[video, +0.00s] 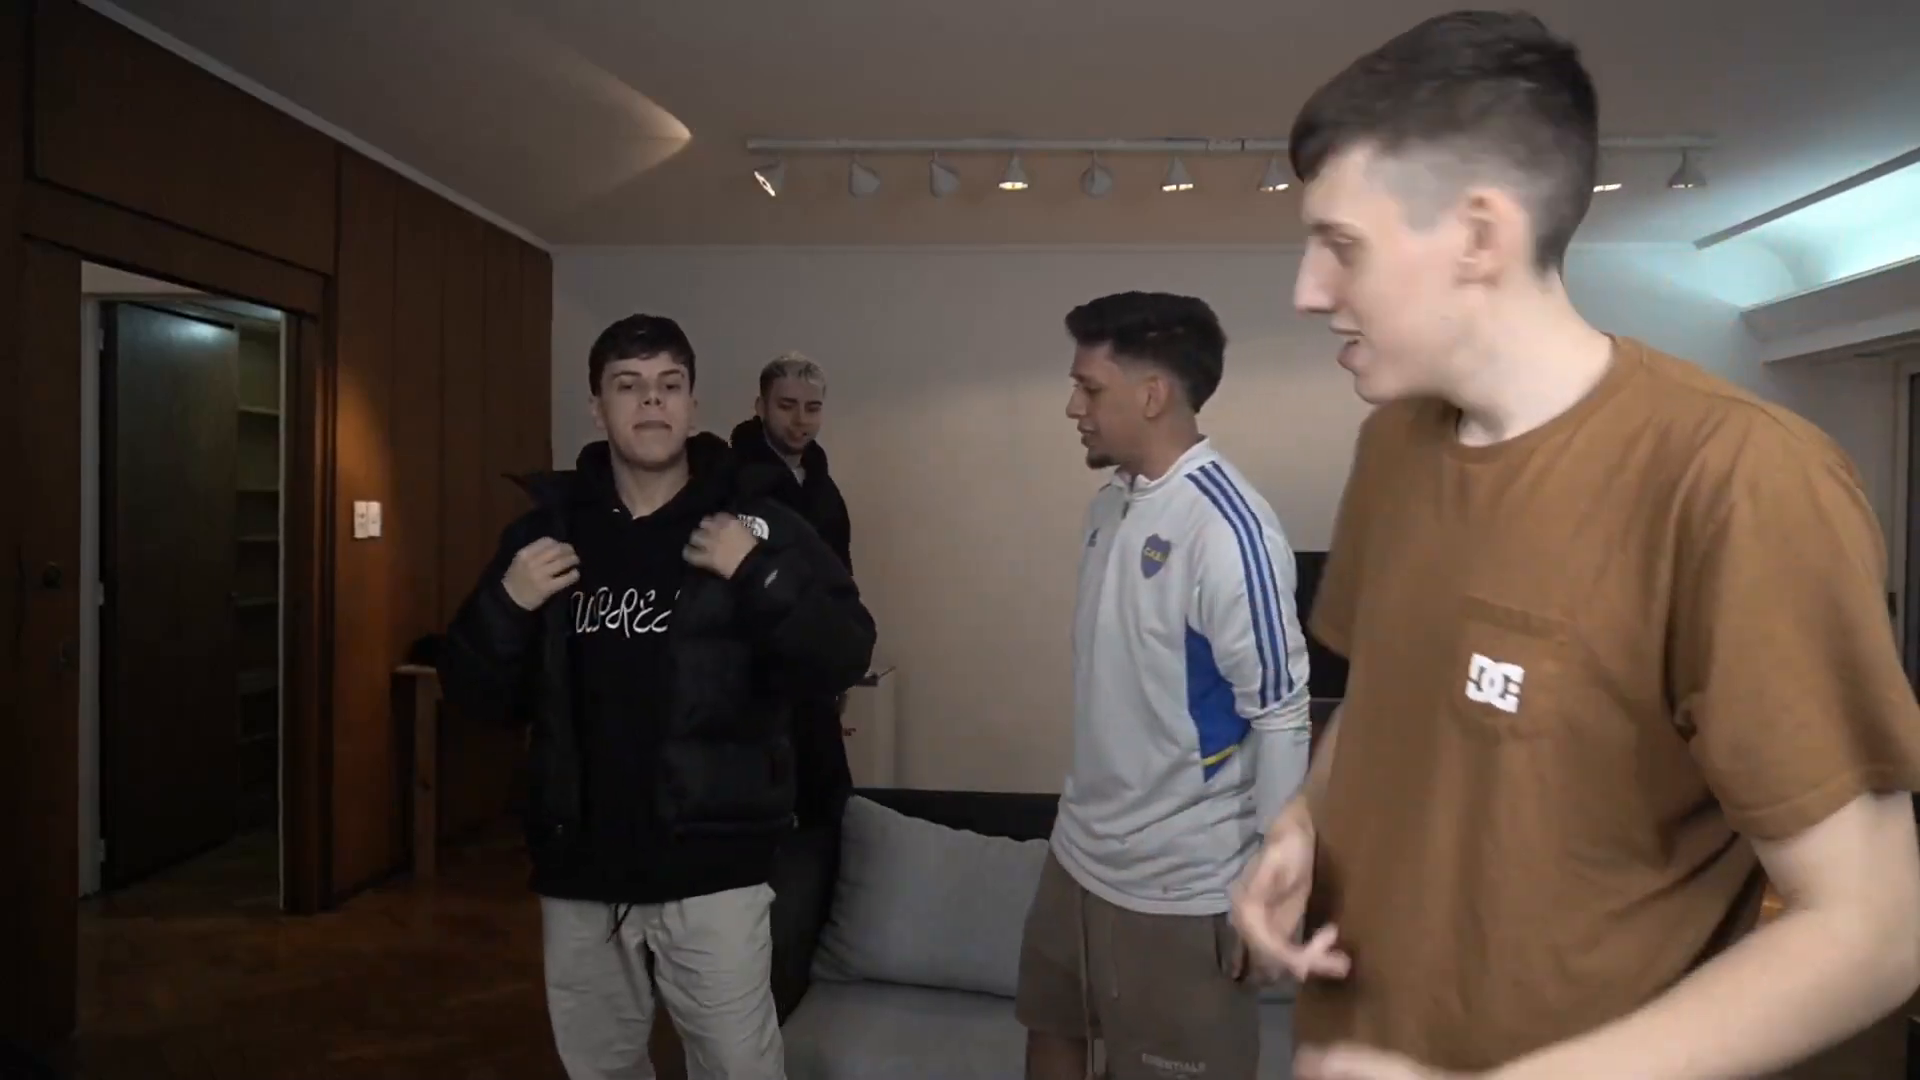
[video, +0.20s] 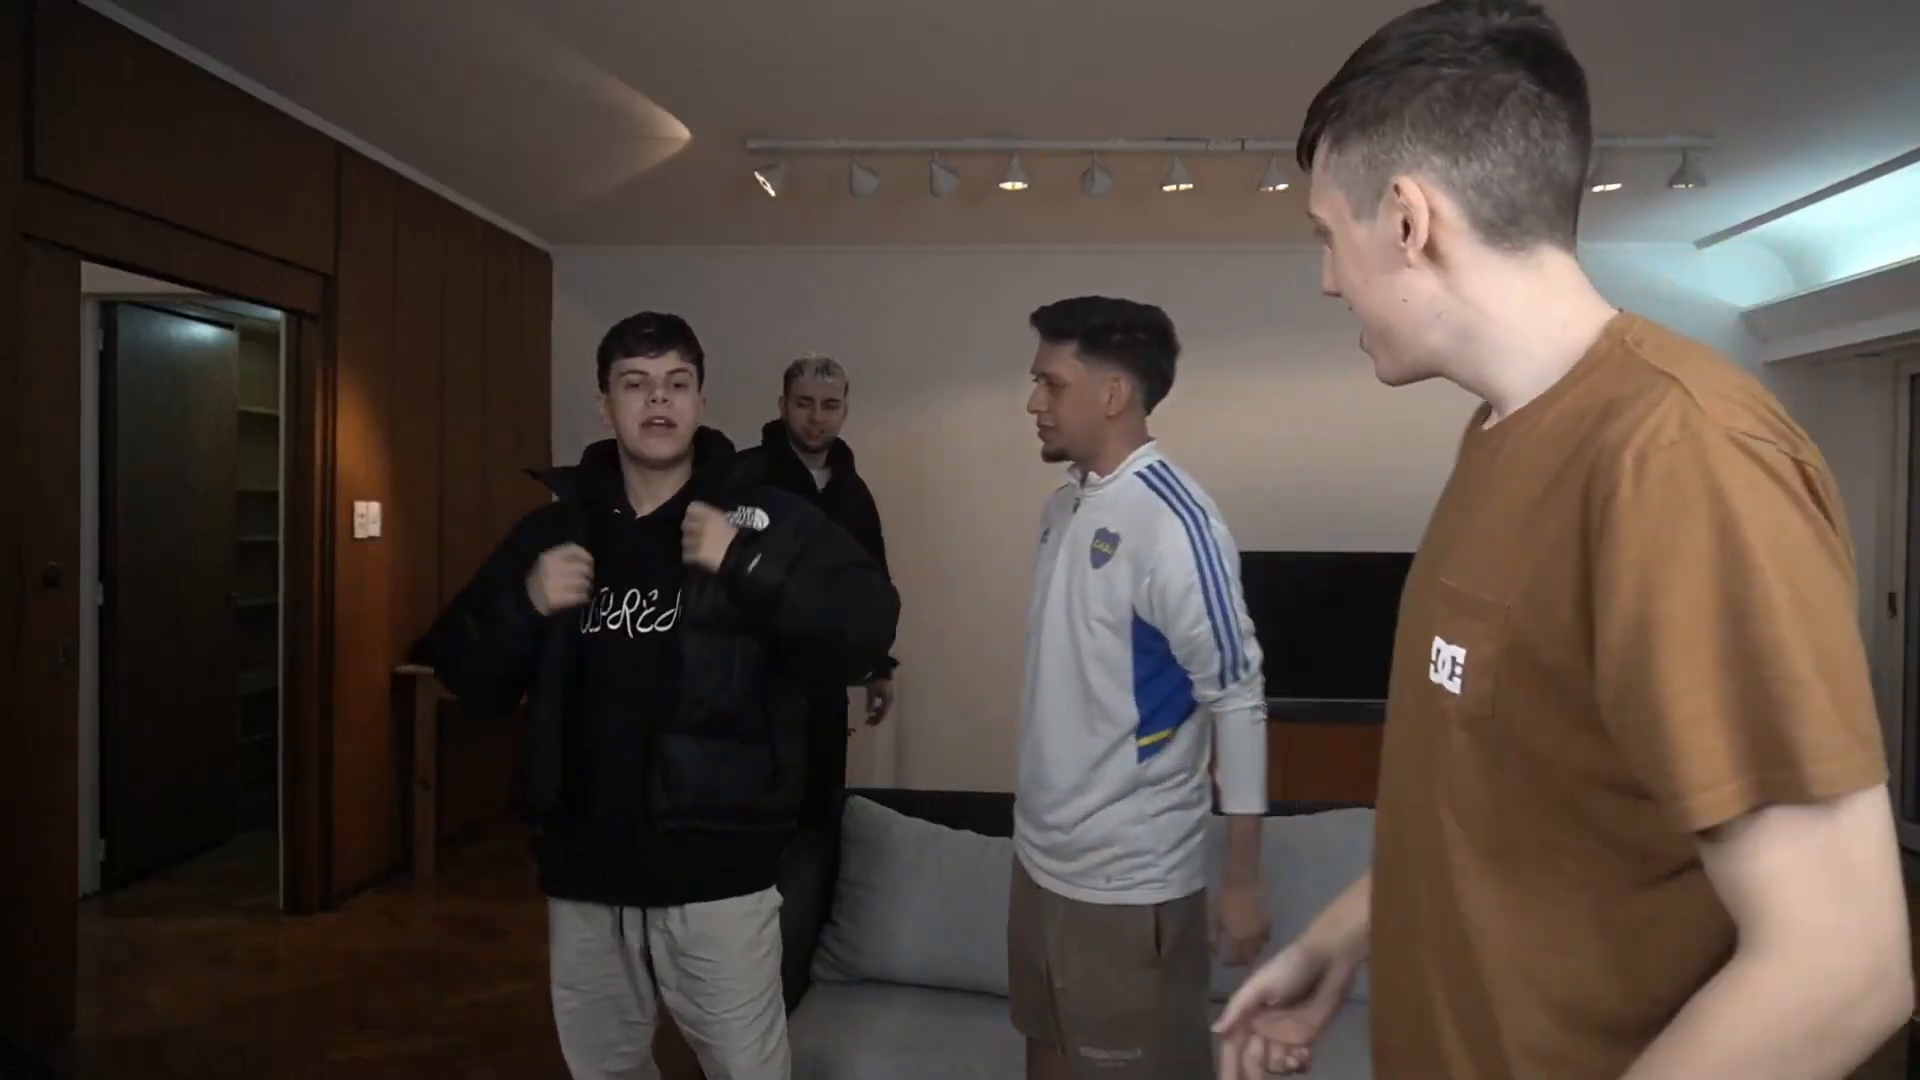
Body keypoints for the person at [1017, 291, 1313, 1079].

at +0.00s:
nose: (1072, 407)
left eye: (1089, 387)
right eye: (1075, 385)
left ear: (1155, 394)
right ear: (1145, 396)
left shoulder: (1234, 531)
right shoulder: (1112, 503)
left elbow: (1283, 717)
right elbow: (1123, 683)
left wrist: (1278, 885)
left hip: (1182, 897)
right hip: (1079, 863)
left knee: (1172, 1069)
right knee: (1054, 1042)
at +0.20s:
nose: (1034, 404)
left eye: (1053, 385)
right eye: (1036, 383)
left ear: (1117, 395)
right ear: (1106, 396)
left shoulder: (1176, 520)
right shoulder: (1066, 504)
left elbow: (1239, 697)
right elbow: (1087, 667)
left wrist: (1242, 877)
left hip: (1135, 882)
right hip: (1048, 859)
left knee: (1137, 1066)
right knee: (1049, 1053)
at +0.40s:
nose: (1001, 406)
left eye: (1020, 389)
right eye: (1002, 386)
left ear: (1081, 398)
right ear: (1066, 398)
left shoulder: (1125, 507)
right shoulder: (1043, 504)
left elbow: (1160, 687)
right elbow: (1029, 677)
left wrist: (1108, 851)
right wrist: (957, 773)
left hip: (1082, 861)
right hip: (1017, 849)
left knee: (1096, 1065)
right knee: (1036, 1049)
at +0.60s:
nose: (973, 411)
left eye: (991, 393)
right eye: (972, 392)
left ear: (1052, 401)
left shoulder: (1078, 498)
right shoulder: (1029, 499)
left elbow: (1097, 668)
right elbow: (999, 675)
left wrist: (1002, 804)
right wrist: (927, 774)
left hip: (1050, 828)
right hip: (1022, 821)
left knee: (1033, 1052)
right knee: (1065, 1048)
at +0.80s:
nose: (945, 415)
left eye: (961, 398)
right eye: (943, 399)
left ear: (1021, 401)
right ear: (1016, 404)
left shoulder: (1042, 488)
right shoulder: (1024, 488)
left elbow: (1055, 648)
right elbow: (1014, 646)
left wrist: (974, 786)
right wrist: (966, 771)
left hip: (1019, 822)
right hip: (1041, 818)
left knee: (972, 1038)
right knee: (1051, 1033)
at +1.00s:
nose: (907, 422)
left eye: (920, 407)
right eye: (905, 408)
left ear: (981, 405)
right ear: (971, 409)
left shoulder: (1005, 489)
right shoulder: (999, 485)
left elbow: (1041, 637)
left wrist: (984, 794)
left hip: (980, 813)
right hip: (1031, 811)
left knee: (916, 1016)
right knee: (1043, 1007)